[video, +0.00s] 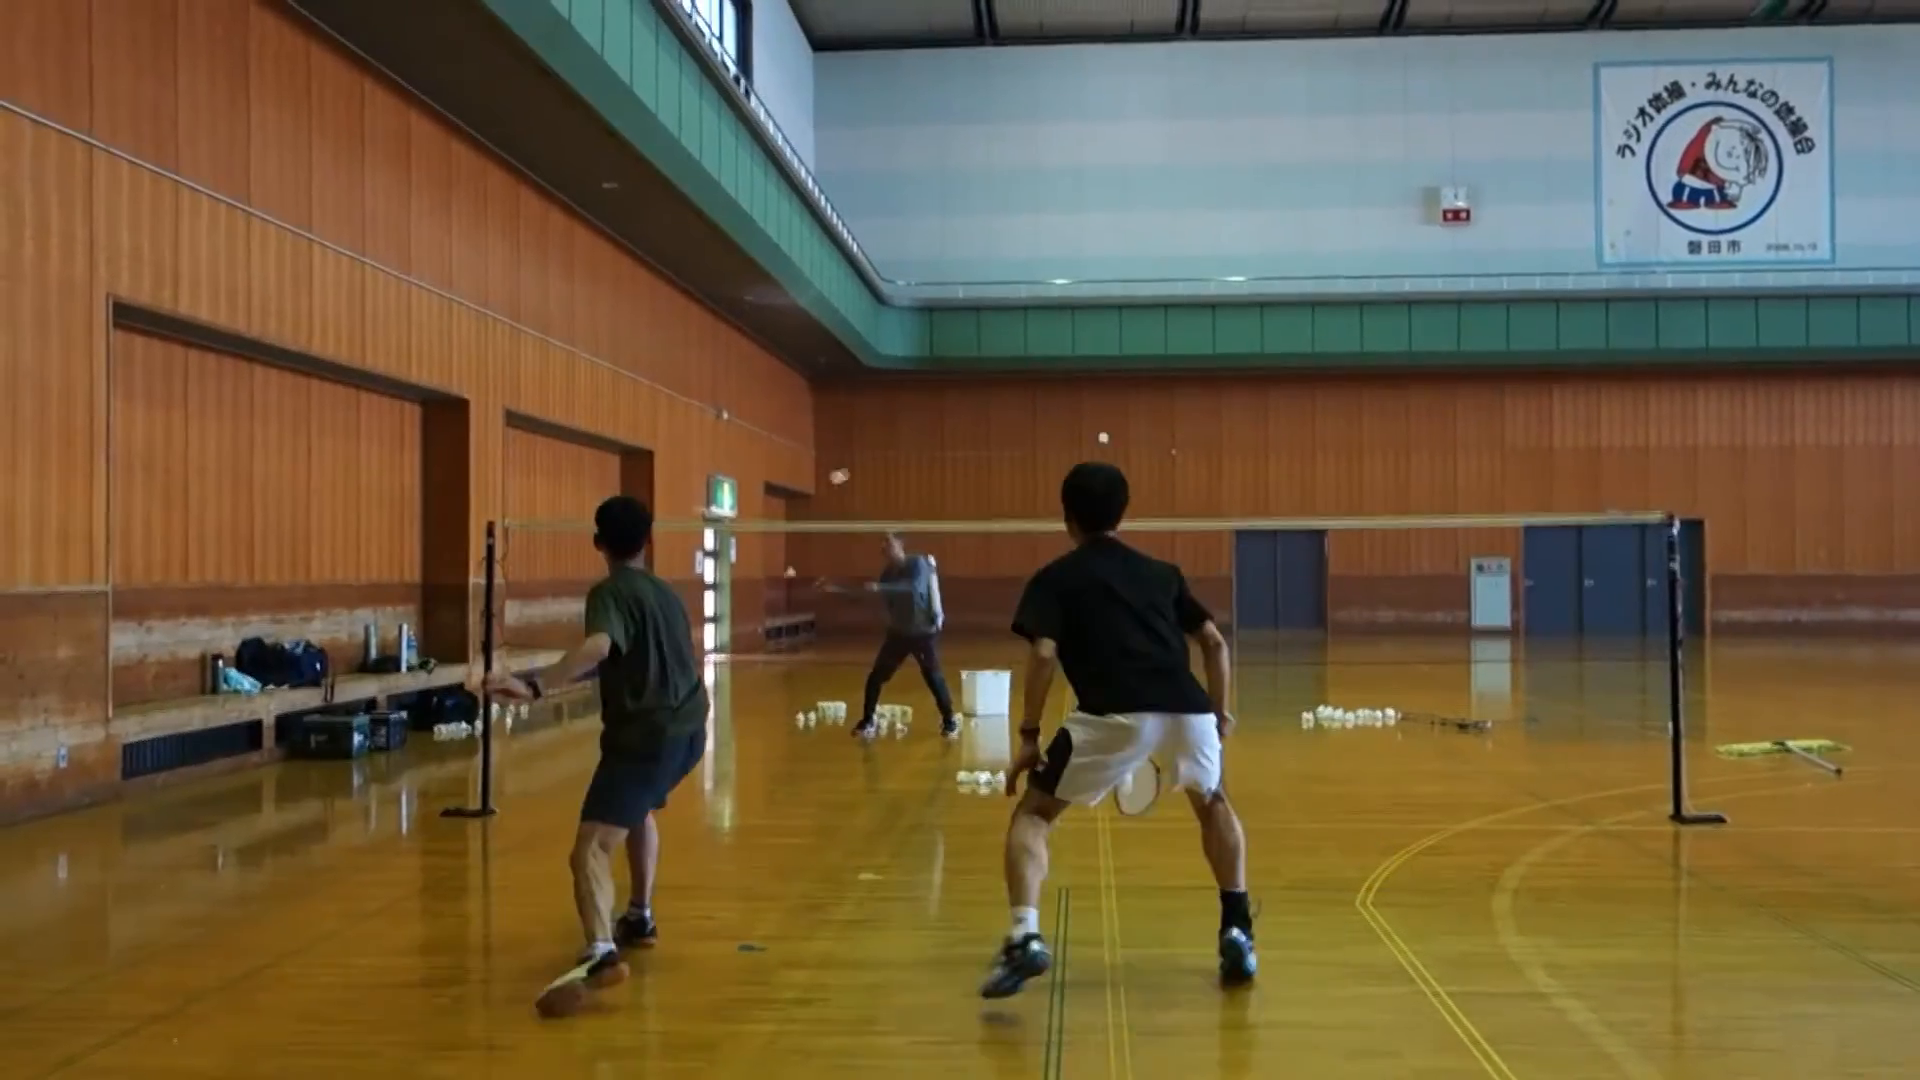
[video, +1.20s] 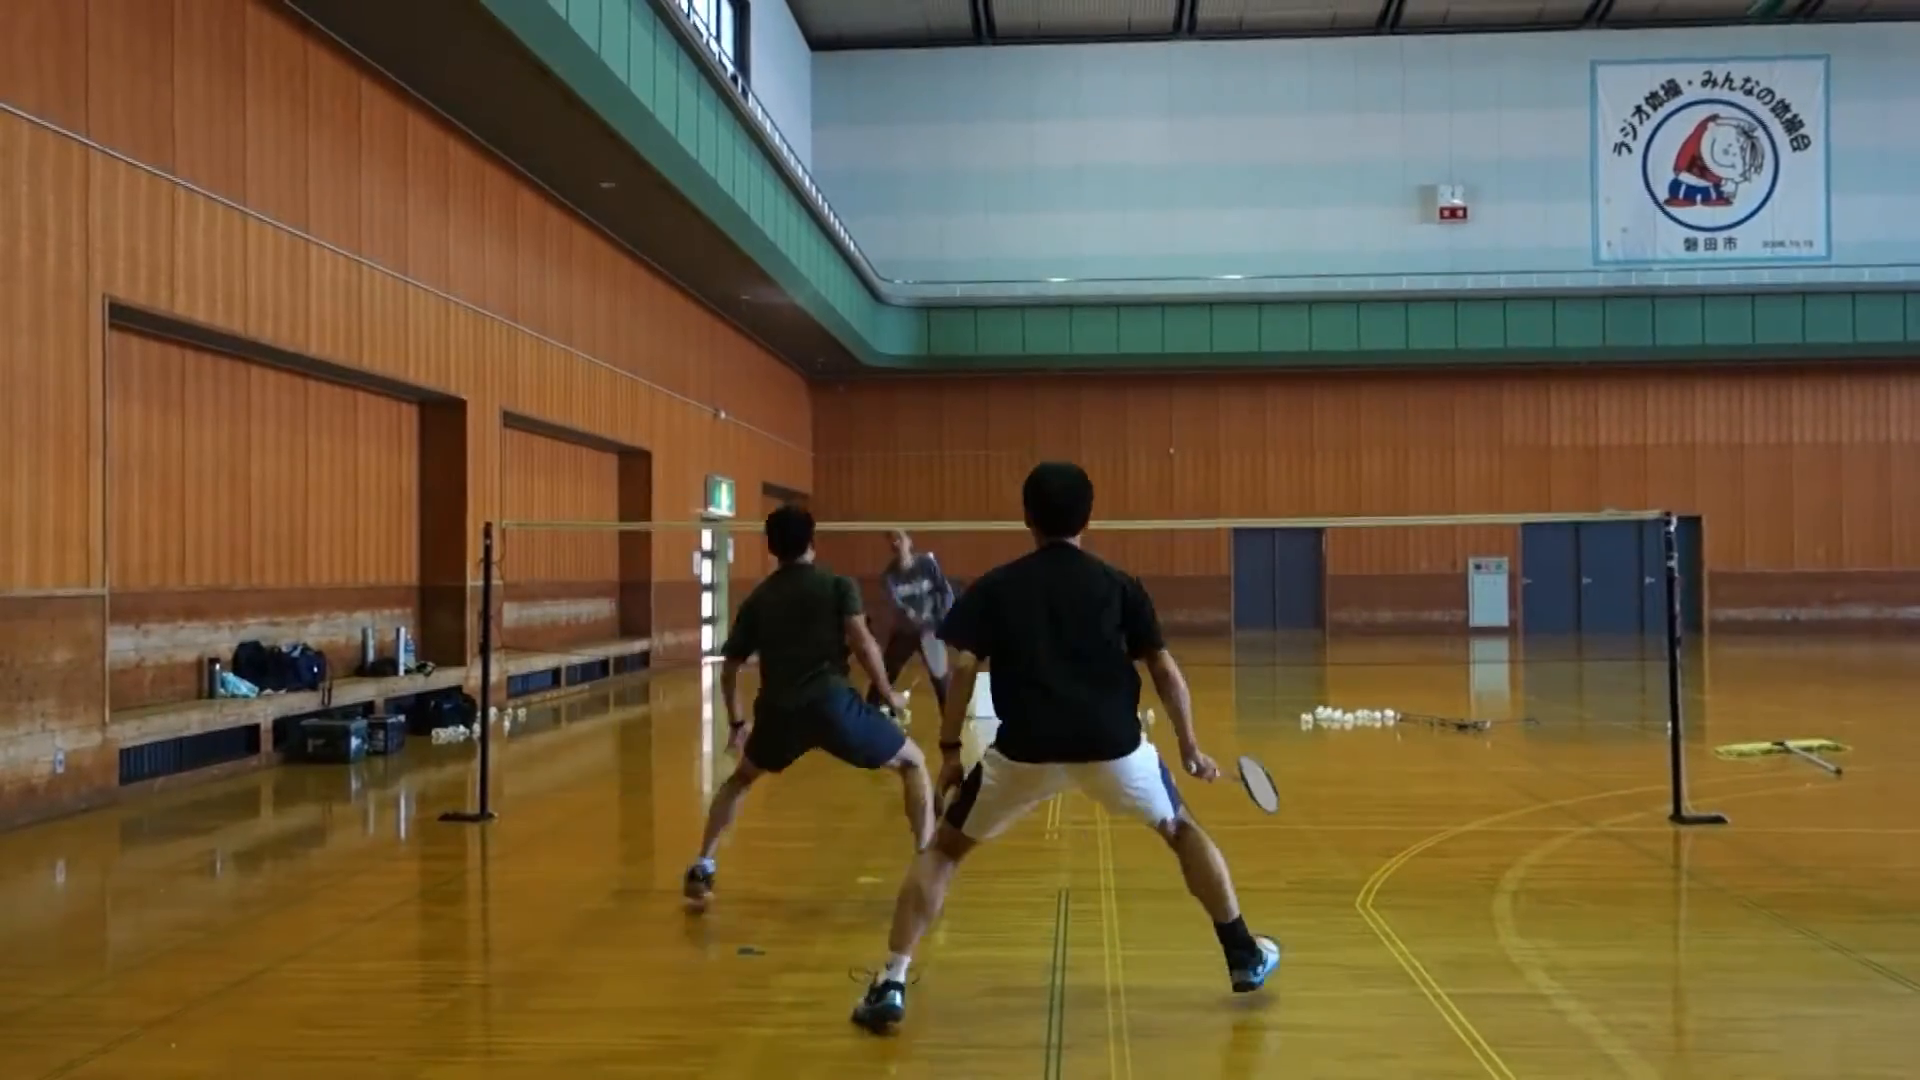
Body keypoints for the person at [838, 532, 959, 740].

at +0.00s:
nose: (888, 551)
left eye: (891, 546)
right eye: (886, 548)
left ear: (901, 546)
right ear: (884, 551)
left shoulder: (918, 563)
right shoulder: (888, 574)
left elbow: (916, 588)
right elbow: (871, 593)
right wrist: (837, 590)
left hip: (922, 632)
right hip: (898, 633)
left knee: (933, 677)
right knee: (876, 678)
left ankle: (949, 720)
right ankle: (867, 721)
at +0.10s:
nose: (889, 549)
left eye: (892, 544)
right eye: (886, 545)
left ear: (901, 544)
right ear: (884, 549)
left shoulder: (921, 565)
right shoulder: (885, 575)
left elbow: (932, 594)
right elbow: (877, 597)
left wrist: (914, 615)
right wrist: (871, 615)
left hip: (923, 635)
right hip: (897, 635)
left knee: (932, 678)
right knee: (875, 680)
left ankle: (948, 722)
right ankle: (867, 723)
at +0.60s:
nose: (881, 547)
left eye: (884, 542)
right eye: (878, 544)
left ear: (896, 543)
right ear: (876, 547)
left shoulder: (911, 564)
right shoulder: (885, 574)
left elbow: (922, 594)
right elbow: (887, 607)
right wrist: (865, 617)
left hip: (919, 633)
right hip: (897, 633)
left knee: (917, 679)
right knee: (876, 678)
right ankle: (868, 722)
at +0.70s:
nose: (881, 547)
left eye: (885, 543)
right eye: (878, 543)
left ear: (896, 543)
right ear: (876, 546)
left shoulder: (908, 564)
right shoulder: (885, 570)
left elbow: (908, 592)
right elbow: (887, 601)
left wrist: (880, 578)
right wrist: (861, 610)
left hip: (916, 631)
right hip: (898, 631)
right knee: (879, 677)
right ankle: (867, 722)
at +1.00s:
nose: (890, 548)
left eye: (893, 543)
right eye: (887, 544)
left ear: (905, 543)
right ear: (886, 547)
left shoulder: (923, 565)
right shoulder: (888, 579)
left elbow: (920, 596)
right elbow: (883, 609)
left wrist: (893, 608)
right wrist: (849, 621)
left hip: (931, 629)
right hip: (907, 631)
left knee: (937, 674)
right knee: (886, 675)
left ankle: (948, 722)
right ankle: (868, 721)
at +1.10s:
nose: (895, 547)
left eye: (898, 541)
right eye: (891, 543)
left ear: (908, 542)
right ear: (889, 546)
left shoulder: (926, 565)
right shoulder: (890, 573)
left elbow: (936, 595)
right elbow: (881, 599)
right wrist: (874, 622)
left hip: (927, 630)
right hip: (902, 632)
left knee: (940, 676)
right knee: (885, 677)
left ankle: (953, 725)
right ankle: (867, 723)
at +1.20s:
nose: (896, 544)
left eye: (899, 539)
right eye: (892, 540)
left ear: (909, 541)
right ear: (890, 545)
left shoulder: (927, 563)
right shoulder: (890, 574)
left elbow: (946, 591)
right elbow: (894, 602)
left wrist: (941, 617)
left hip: (930, 629)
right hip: (905, 630)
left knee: (940, 676)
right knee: (885, 674)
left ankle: (950, 721)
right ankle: (867, 717)